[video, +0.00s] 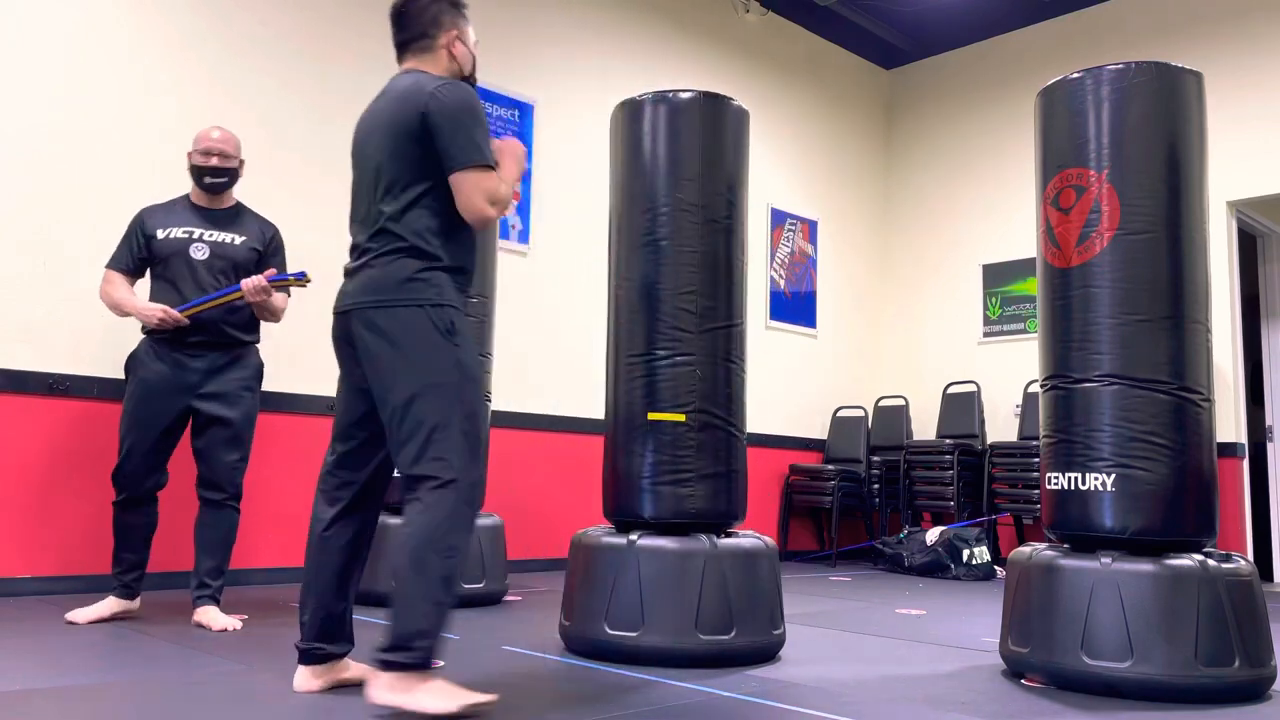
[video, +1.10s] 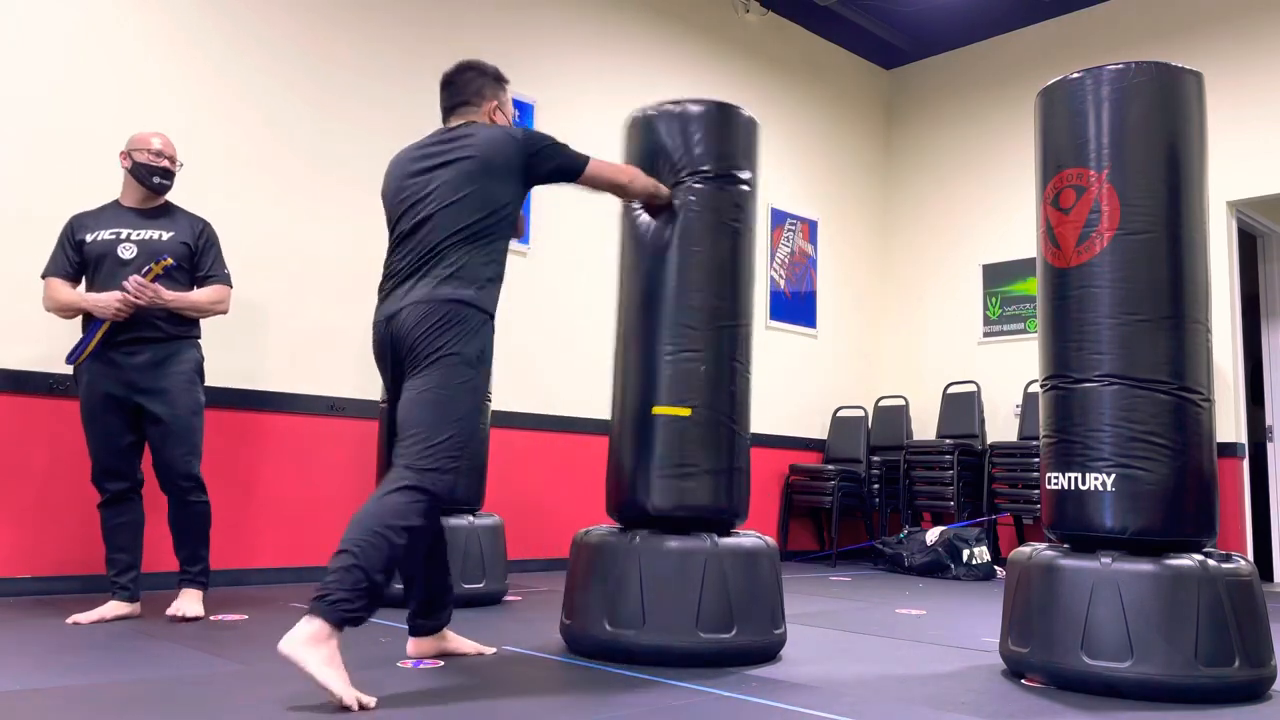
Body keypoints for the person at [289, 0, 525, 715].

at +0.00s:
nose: (475, 51)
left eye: (471, 38)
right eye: (471, 38)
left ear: (404, 44)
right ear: (451, 38)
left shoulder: (381, 107)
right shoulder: (449, 96)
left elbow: (421, 204)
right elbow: (482, 206)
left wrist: (490, 185)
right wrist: (511, 167)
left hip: (363, 302)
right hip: (415, 304)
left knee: (352, 479)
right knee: (448, 477)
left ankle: (321, 654)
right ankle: (406, 667)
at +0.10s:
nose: (458, 46)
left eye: (455, 34)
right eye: (455, 33)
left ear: (390, 39)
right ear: (435, 33)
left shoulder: (366, 103)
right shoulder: (431, 92)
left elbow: (403, 204)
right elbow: (477, 205)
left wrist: (479, 180)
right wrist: (488, 169)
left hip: (357, 303)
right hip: (403, 305)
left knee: (353, 475)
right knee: (414, 477)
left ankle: (321, 648)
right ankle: (321, 658)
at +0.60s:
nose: (457, 49)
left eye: (455, 36)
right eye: (453, 35)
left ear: (405, 34)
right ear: (430, 33)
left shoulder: (393, 94)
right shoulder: (398, 89)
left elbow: (416, 199)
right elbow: (431, 199)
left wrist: (467, 188)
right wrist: (473, 156)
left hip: (398, 315)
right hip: (375, 311)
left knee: (401, 482)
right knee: (335, 488)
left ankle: (415, 636)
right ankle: (280, 674)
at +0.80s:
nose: (480, 72)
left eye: (478, 60)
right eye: (475, 58)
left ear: (434, 61)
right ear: (450, 57)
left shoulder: (438, 133)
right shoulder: (406, 112)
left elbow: (464, 230)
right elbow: (435, 209)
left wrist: (517, 194)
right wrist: (491, 164)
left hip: (436, 334)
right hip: (400, 330)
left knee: (438, 483)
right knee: (351, 492)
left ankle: (437, 624)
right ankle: (283, 671)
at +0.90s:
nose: (493, 93)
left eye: (492, 82)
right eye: (490, 81)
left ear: (450, 80)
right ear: (466, 77)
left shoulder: (459, 152)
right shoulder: (412, 130)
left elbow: (524, 217)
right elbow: (436, 213)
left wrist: (609, 225)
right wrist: (499, 174)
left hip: (458, 336)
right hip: (415, 331)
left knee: (459, 484)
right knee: (407, 482)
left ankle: (431, 625)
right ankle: (301, 648)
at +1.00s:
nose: (508, 108)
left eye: (507, 100)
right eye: (505, 98)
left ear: (450, 95)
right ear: (487, 95)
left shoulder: (445, 151)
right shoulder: (455, 130)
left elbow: (493, 251)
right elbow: (490, 185)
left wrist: (567, 230)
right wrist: (535, 152)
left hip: (414, 321)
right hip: (443, 319)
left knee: (441, 474)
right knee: (467, 470)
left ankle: (429, 629)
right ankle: (347, 620)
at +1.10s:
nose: (512, 117)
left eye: (509, 109)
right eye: (511, 108)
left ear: (448, 108)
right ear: (499, 106)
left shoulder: (403, 161)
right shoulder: (512, 142)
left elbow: (426, 232)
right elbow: (625, 179)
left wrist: (497, 225)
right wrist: (662, 195)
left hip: (391, 319)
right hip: (450, 315)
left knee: (420, 477)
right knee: (419, 479)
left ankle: (429, 629)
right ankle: (319, 627)